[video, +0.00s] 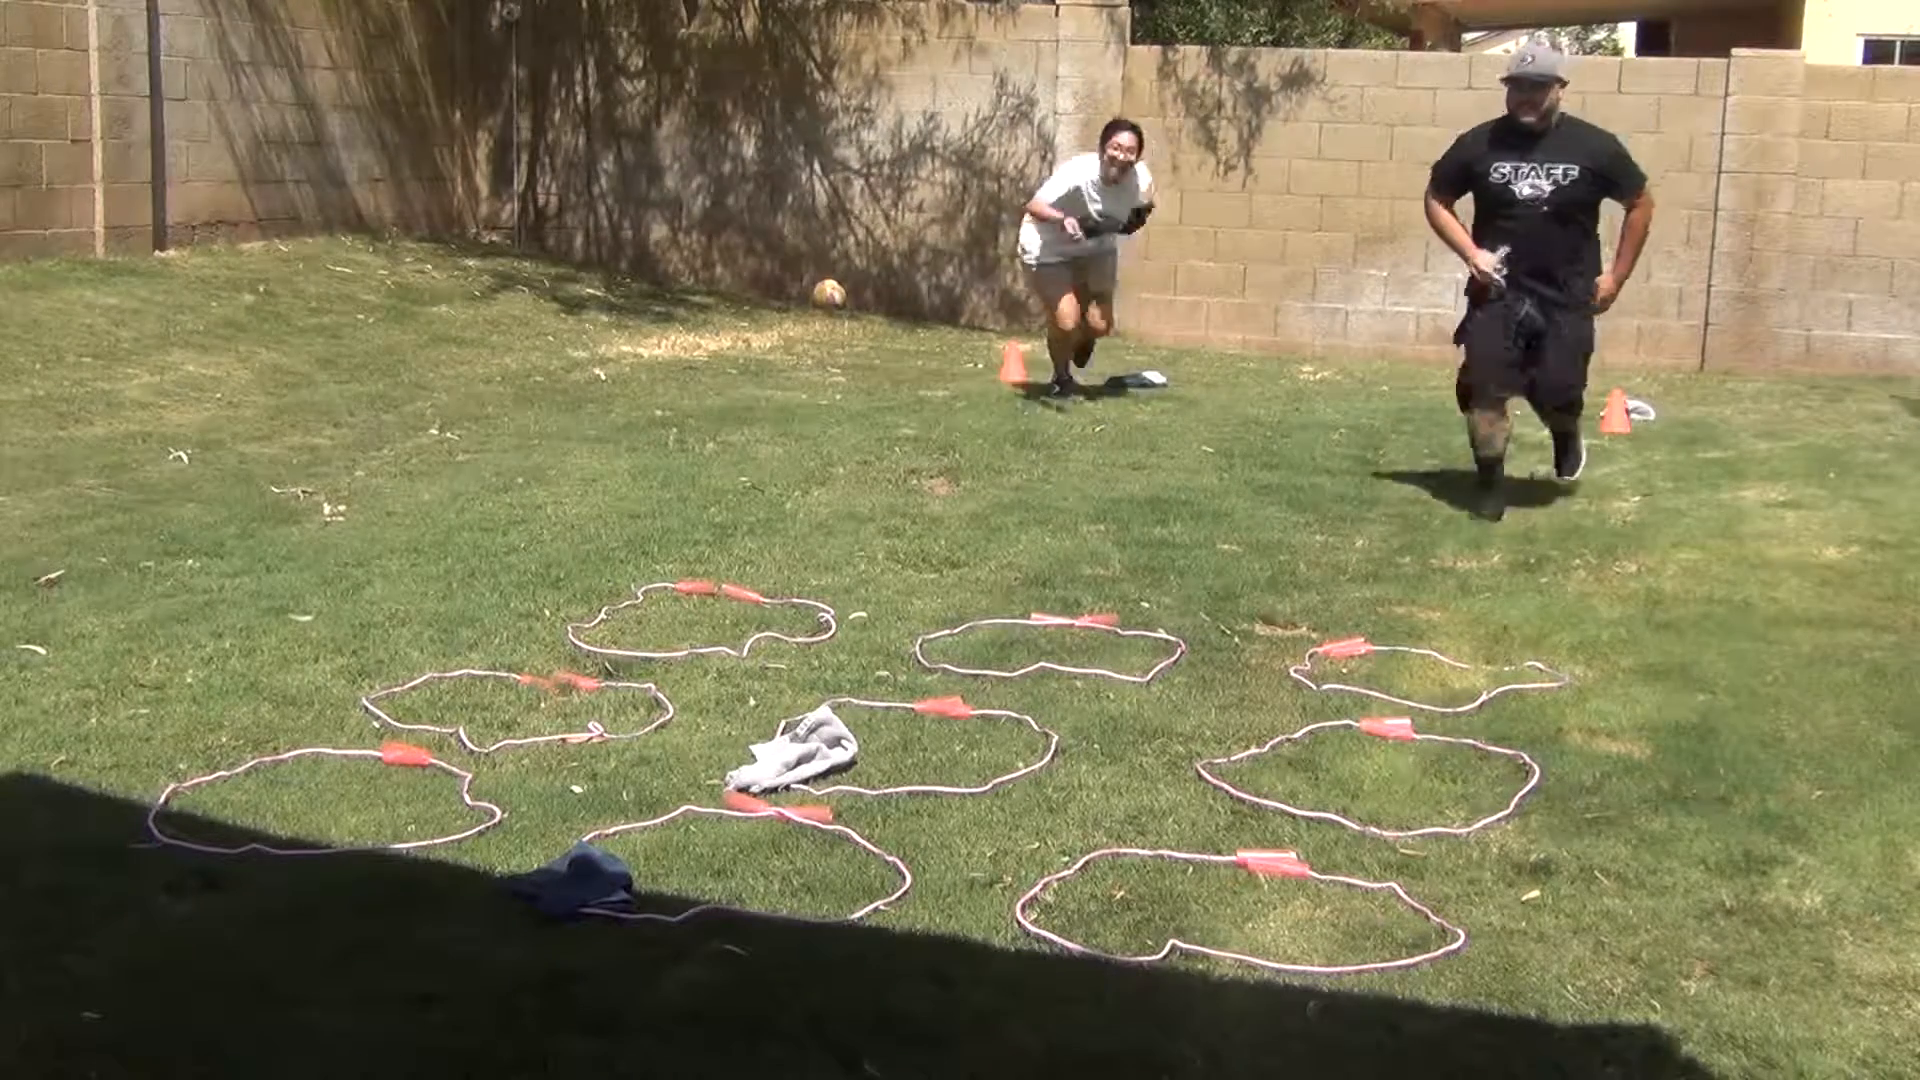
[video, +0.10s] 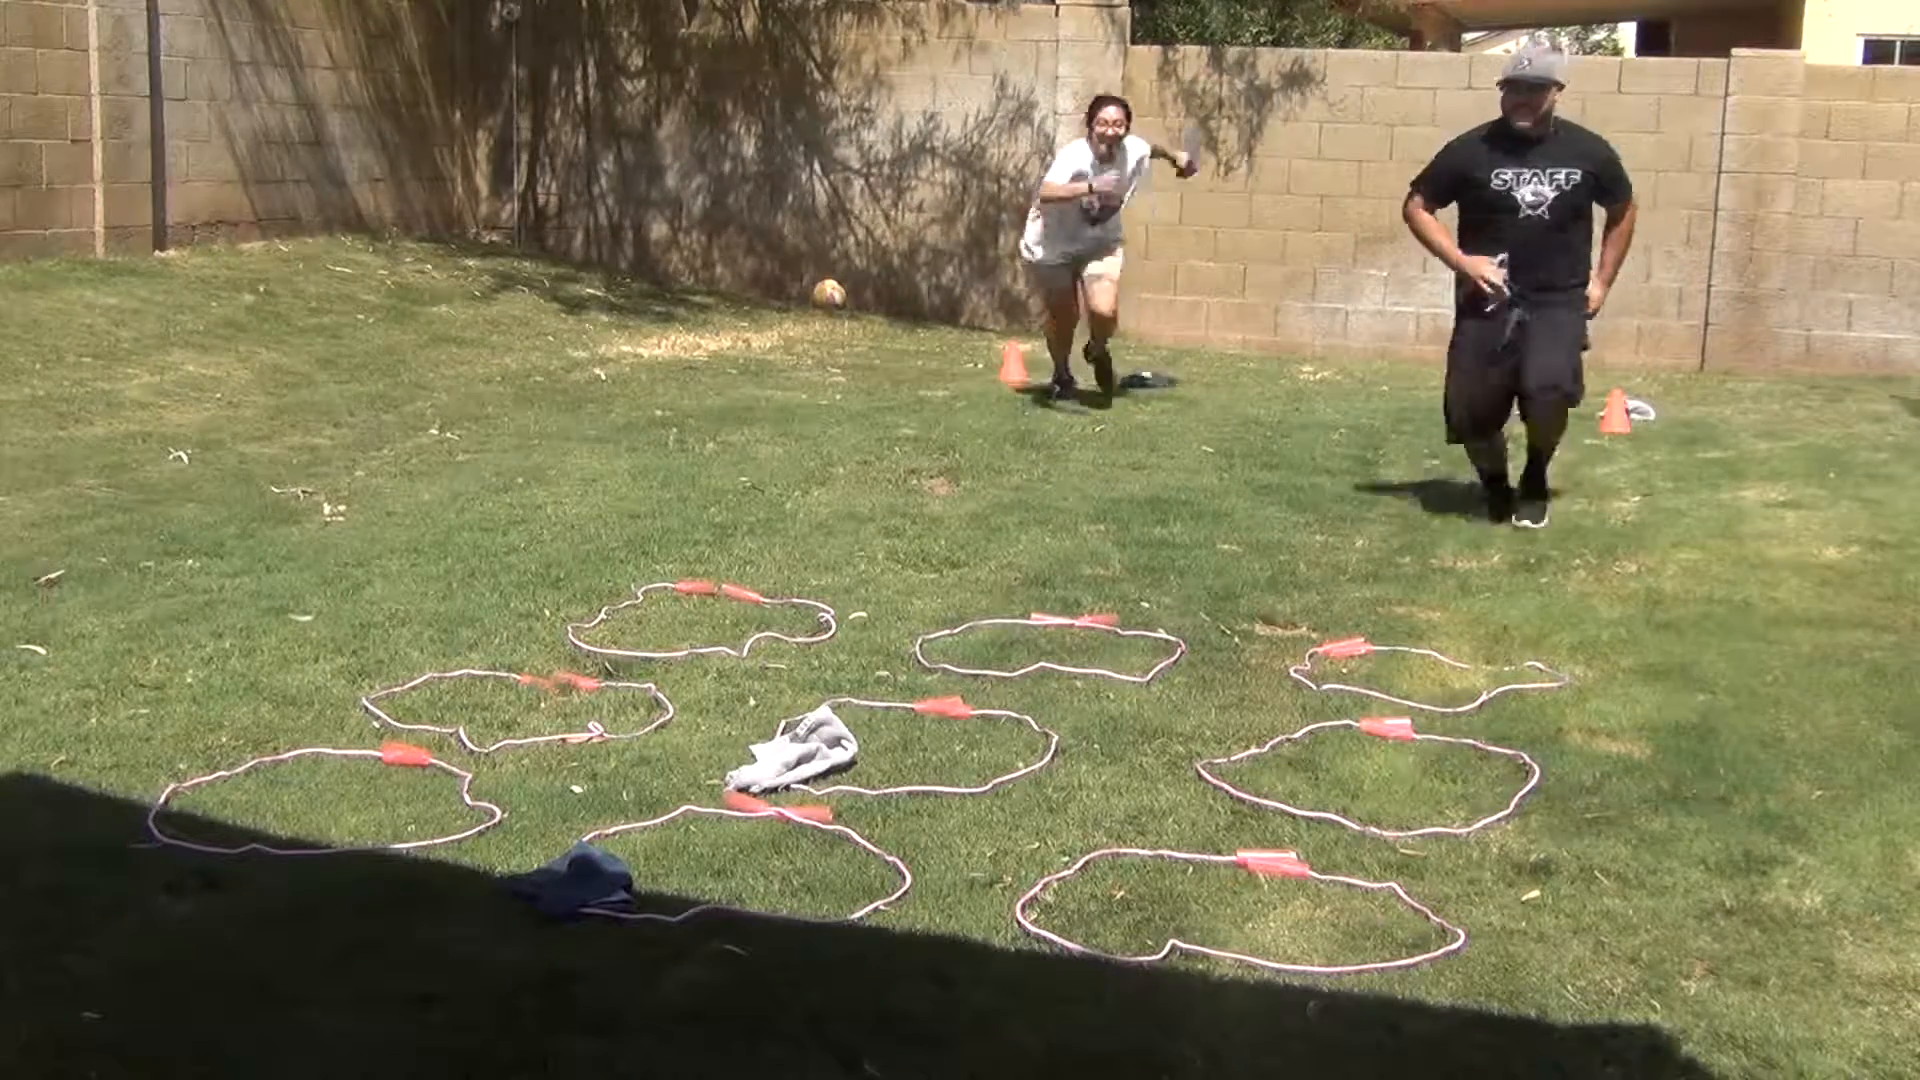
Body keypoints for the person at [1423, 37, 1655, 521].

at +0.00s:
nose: (1525, 97)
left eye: (1537, 88)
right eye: (1517, 86)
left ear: (1560, 90)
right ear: (1505, 87)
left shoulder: (1596, 147)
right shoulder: (1479, 145)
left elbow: (1641, 203)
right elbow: (1435, 202)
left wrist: (1616, 276)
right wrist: (1472, 254)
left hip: (1566, 298)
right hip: (1497, 293)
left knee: (1557, 396)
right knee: (1485, 390)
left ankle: (1565, 437)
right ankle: (1490, 487)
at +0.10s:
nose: (1521, 99)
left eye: (1534, 90)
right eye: (1513, 89)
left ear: (1556, 94)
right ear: (1501, 91)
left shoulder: (1590, 154)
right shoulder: (1470, 151)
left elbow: (1623, 211)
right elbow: (1415, 207)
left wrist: (1601, 282)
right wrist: (1462, 262)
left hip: (1556, 304)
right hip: (1484, 303)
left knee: (1548, 394)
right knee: (1469, 415)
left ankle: (1536, 476)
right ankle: (1495, 487)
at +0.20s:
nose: (1526, 90)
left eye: (1539, 80)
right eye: (1518, 78)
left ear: (1561, 83)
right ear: (1503, 80)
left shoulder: (1589, 141)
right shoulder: (1469, 139)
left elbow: (1613, 193)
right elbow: (1404, 193)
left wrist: (1593, 259)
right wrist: (1455, 255)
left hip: (1550, 294)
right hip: (1477, 295)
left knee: (1537, 394)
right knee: (1468, 422)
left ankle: (1507, 519)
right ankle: (1482, 486)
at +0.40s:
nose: (1536, 110)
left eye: (1550, 100)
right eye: (1527, 97)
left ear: (1569, 101)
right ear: (1510, 94)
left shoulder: (1583, 165)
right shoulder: (1471, 151)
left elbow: (1586, 241)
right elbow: (1413, 229)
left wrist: (1566, 301)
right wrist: (1432, 301)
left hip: (1539, 322)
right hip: (1466, 316)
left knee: (1529, 436)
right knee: (1448, 436)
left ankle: (1487, 544)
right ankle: (1405, 501)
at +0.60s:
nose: (1533, 140)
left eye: (1546, 130)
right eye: (1523, 128)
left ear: (1564, 125)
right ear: (1501, 114)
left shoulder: (1560, 167)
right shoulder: (1462, 168)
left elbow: (1530, 253)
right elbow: (1426, 265)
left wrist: (1520, 321)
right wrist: (1441, 336)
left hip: (1517, 335)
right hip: (1458, 333)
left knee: (1563, 457)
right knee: (1459, 449)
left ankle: (1482, 539)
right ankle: (1408, 580)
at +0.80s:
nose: (1570, 205)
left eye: (1579, 196)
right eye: (1562, 193)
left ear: (1590, 180)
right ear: (1529, 169)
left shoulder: (1530, 207)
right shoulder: (1494, 219)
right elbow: (1457, 315)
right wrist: (1455, 408)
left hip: (1475, 351)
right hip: (1428, 358)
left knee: (1548, 457)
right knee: (1496, 473)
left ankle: (1429, 541)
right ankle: (1403, 596)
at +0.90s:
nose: (1598, 210)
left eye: (1605, 202)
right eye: (1595, 198)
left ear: (1564, 167)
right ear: (1563, 173)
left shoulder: (1529, 168)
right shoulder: (1511, 223)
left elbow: (1488, 165)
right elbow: (1480, 332)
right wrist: (1492, 433)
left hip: (1448, 331)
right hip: (1418, 342)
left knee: (1526, 437)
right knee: (1491, 463)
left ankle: (1412, 531)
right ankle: (1410, 590)